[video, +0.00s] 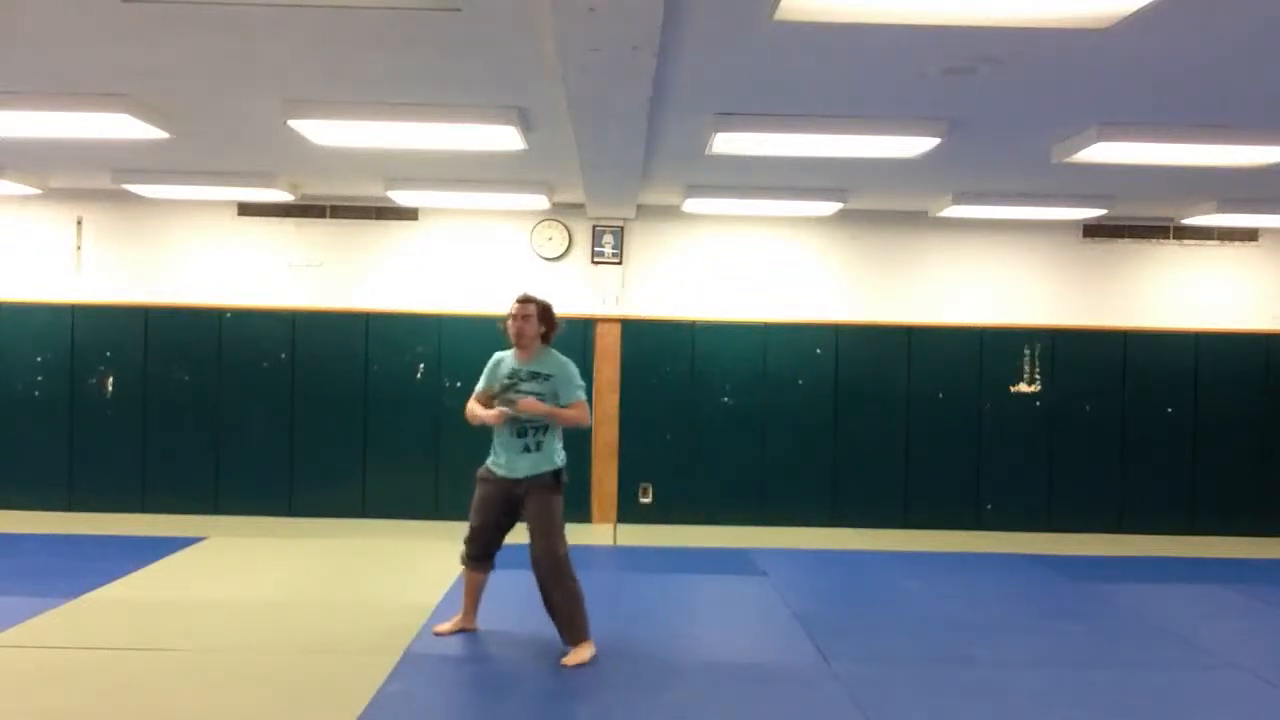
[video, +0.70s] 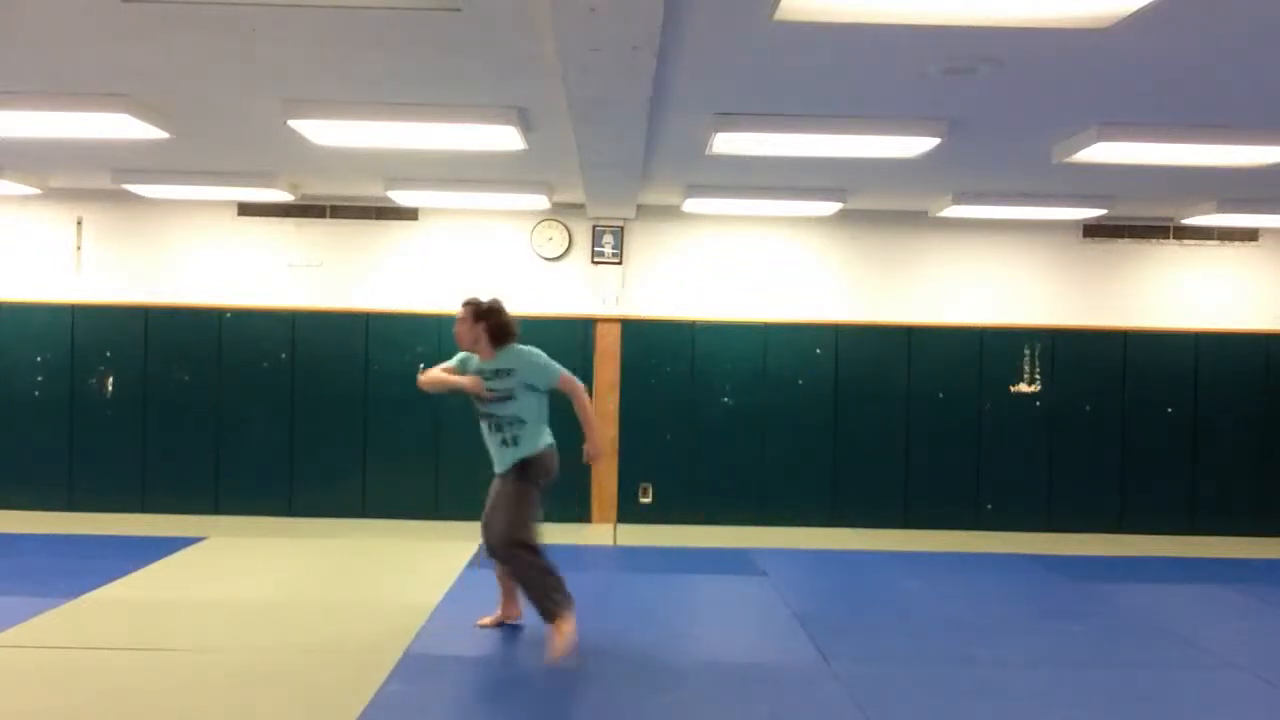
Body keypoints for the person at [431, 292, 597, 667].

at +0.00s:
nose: (519, 324)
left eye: (527, 318)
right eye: (515, 318)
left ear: (543, 325)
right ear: (508, 323)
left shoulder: (561, 367)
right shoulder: (498, 362)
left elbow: (582, 416)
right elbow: (471, 407)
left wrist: (540, 410)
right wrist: (485, 414)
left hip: (542, 474)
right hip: (498, 472)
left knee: (549, 556)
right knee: (477, 545)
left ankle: (581, 642)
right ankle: (467, 617)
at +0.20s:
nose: (533, 324)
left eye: (542, 318)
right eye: (532, 318)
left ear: (563, 326)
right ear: (530, 323)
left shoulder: (586, 370)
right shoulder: (516, 356)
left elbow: (610, 420)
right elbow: (487, 403)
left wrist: (590, 431)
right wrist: (534, 419)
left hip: (557, 477)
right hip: (509, 471)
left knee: (562, 559)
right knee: (481, 546)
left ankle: (581, 642)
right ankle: (471, 607)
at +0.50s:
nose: (501, 329)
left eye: (509, 324)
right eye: (502, 323)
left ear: (531, 332)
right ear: (511, 331)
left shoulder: (566, 370)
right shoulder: (496, 367)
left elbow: (590, 420)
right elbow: (477, 411)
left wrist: (597, 469)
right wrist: (515, 443)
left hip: (556, 476)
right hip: (508, 474)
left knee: (564, 558)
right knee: (486, 545)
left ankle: (581, 642)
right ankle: (507, 603)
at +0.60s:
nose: (477, 330)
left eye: (484, 324)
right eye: (479, 323)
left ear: (506, 333)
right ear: (495, 334)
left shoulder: (549, 372)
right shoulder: (481, 365)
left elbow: (586, 409)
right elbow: (445, 394)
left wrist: (598, 460)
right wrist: (485, 407)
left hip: (545, 477)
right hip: (503, 476)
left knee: (556, 560)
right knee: (493, 553)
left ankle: (579, 643)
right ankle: (511, 611)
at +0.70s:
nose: (456, 327)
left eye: (461, 322)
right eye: (457, 321)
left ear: (481, 327)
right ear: (479, 329)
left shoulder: (524, 358)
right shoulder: (466, 362)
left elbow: (576, 388)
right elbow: (425, 379)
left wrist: (592, 438)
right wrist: (463, 382)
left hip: (534, 458)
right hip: (507, 464)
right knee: (494, 532)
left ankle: (561, 615)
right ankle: (509, 606)